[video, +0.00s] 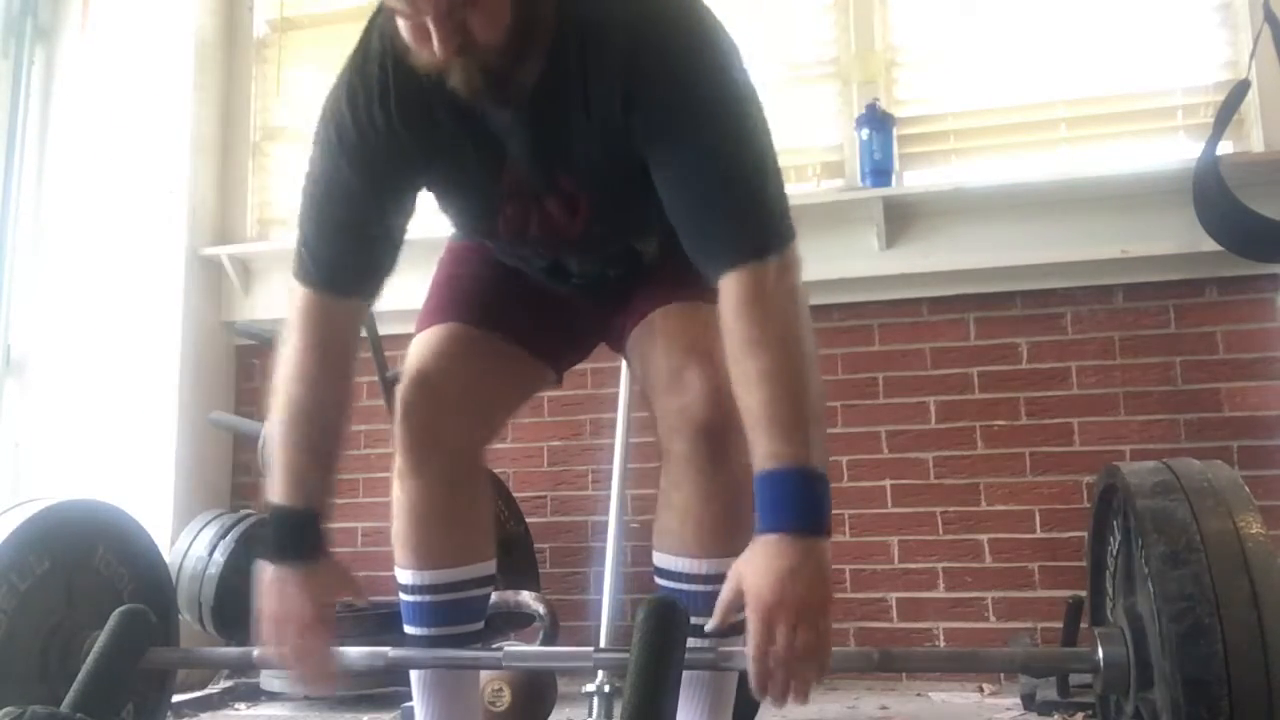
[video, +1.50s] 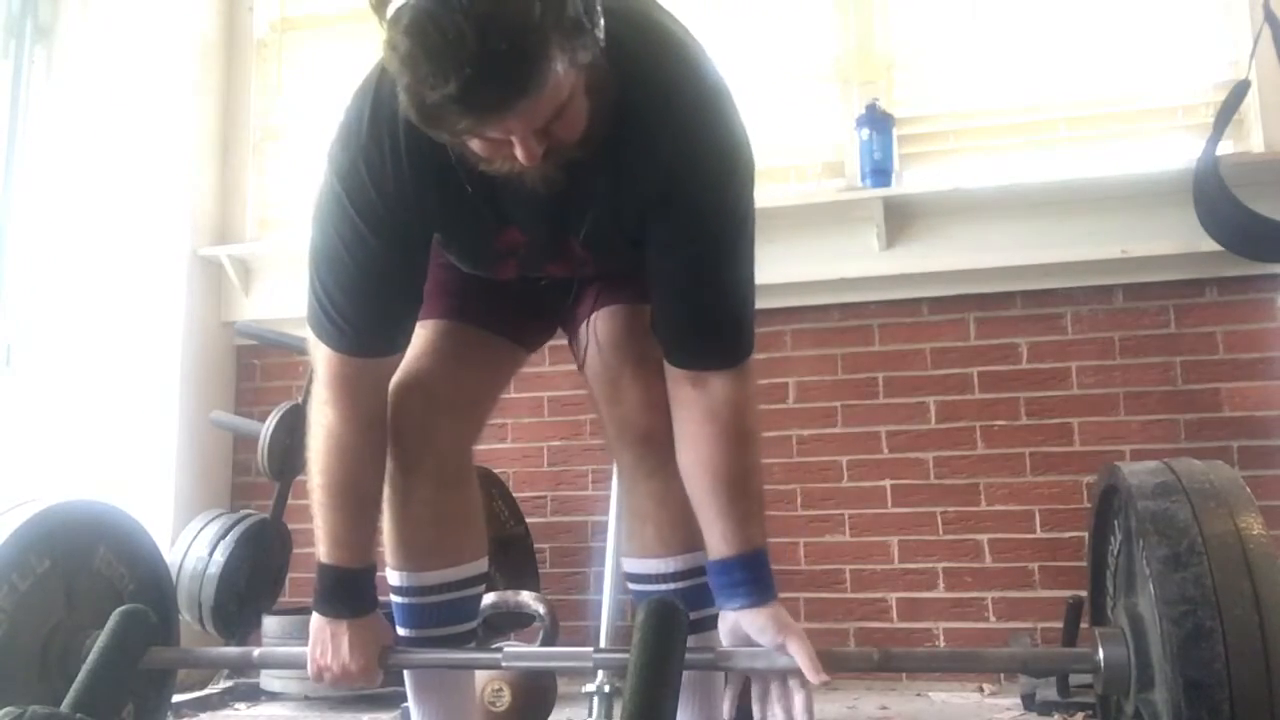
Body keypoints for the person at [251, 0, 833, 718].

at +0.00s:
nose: (437, 34)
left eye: (465, 6)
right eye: (411, 11)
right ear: (390, 5)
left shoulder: (654, 34)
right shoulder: (381, 84)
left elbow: (759, 261)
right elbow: (325, 304)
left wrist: (792, 525)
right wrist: (291, 538)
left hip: (670, 246)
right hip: (516, 253)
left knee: (706, 412)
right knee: (428, 412)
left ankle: (704, 703)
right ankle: (444, 706)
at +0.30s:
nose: (460, 120)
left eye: (479, 80)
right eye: (421, 102)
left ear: (517, 15)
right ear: (376, 81)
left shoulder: (646, 43)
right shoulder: (374, 143)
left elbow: (774, 276)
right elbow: (354, 370)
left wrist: (811, 502)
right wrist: (338, 596)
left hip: (673, 241)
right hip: (517, 260)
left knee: (695, 412)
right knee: (431, 416)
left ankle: (705, 700)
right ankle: (446, 702)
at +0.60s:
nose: (529, 158)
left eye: (547, 119)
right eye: (490, 143)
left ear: (578, 56)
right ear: (437, 123)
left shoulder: (676, 98)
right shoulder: (386, 138)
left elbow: (724, 369)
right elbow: (353, 376)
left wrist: (758, 587)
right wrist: (340, 596)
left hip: (645, 245)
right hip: (496, 254)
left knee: (657, 420)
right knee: (425, 418)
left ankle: (697, 695)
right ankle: (442, 701)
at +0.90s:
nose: (544, 167)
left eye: (568, 128)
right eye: (506, 148)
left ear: (602, 58)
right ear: (450, 123)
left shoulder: (686, 108)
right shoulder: (395, 136)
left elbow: (724, 369)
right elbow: (352, 376)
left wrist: (757, 577)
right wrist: (342, 595)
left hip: (635, 258)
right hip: (487, 261)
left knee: (656, 417)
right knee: (417, 423)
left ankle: (693, 700)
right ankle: (441, 703)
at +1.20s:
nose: (528, 151)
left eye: (548, 114)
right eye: (490, 138)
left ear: (578, 44)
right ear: (437, 111)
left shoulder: (677, 95)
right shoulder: (388, 132)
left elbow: (720, 351)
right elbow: (349, 376)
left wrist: (758, 567)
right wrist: (343, 595)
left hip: (637, 251)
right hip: (488, 257)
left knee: (656, 421)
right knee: (419, 420)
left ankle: (696, 700)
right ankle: (442, 702)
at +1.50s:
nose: (531, 153)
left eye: (552, 117)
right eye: (492, 140)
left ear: (583, 48)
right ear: (436, 113)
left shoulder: (681, 107)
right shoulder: (384, 133)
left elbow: (709, 373)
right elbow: (349, 376)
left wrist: (748, 593)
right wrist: (343, 596)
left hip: (629, 245)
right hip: (484, 251)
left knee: (646, 423)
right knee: (416, 423)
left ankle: (694, 698)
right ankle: (441, 702)